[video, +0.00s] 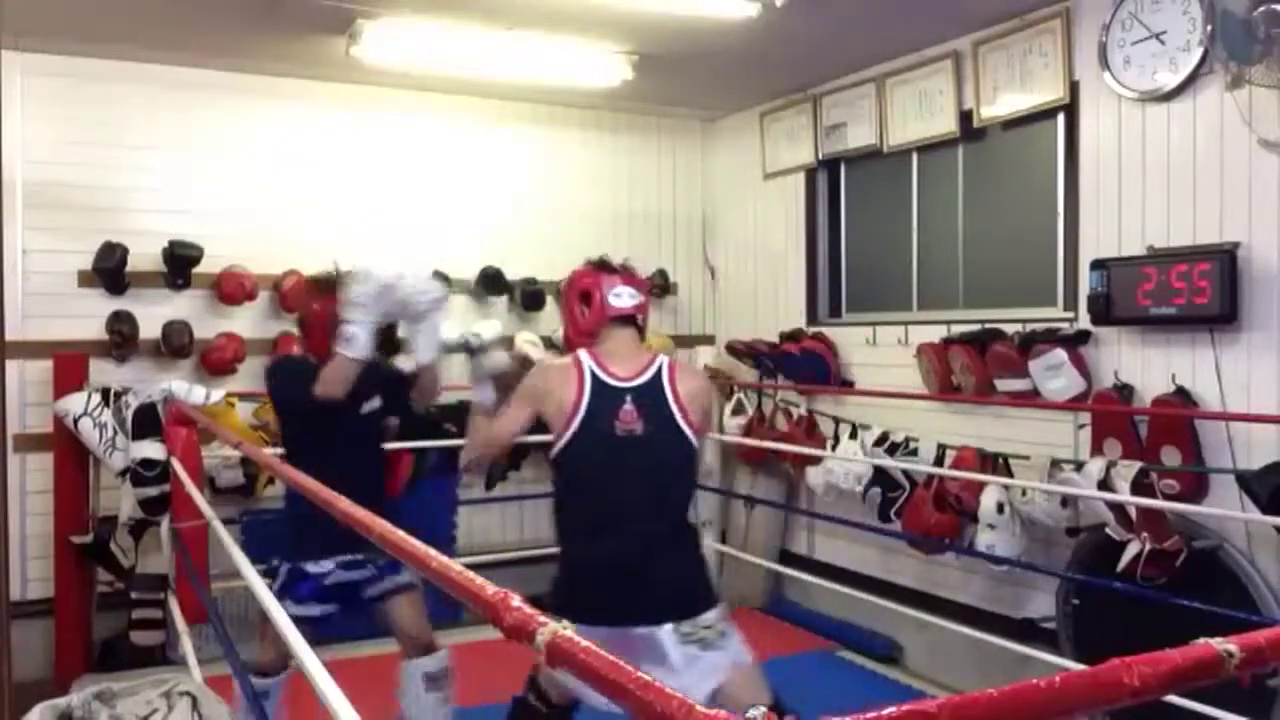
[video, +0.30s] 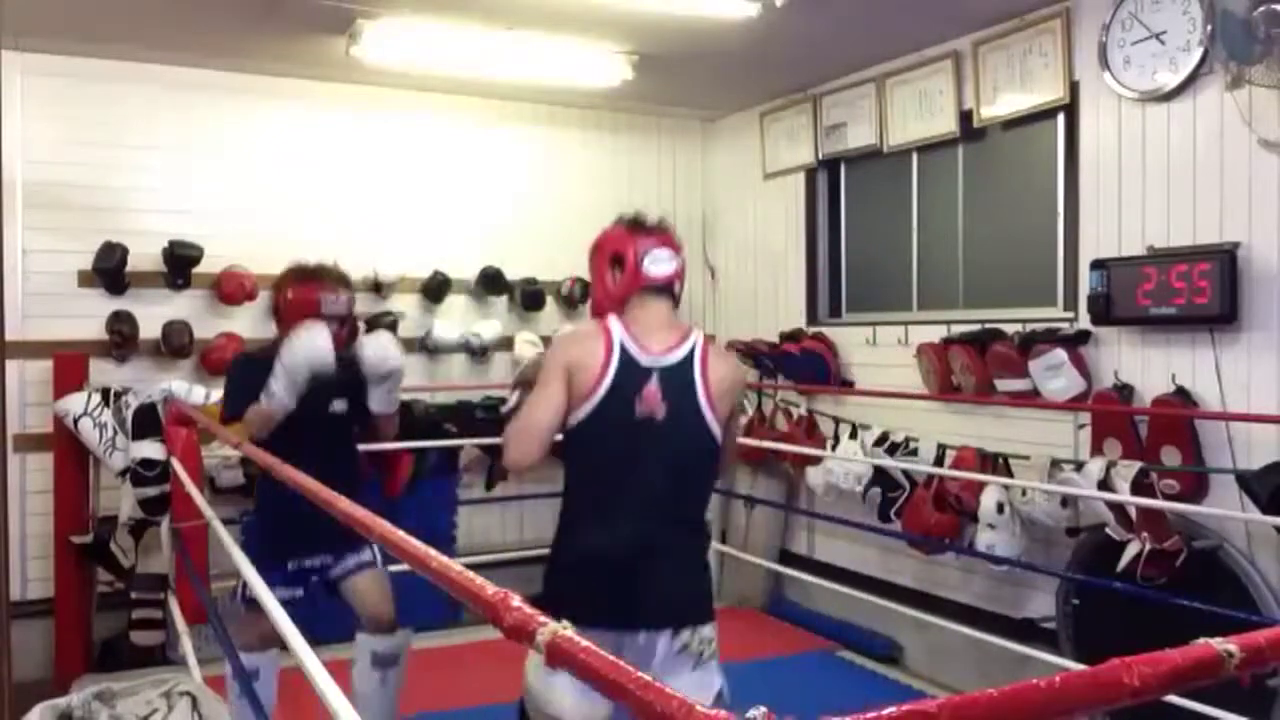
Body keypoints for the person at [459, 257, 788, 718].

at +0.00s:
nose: (565, 323)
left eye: (568, 311)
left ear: (580, 313)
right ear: (643, 315)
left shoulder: (553, 378)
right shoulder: (691, 381)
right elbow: (695, 440)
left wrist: (488, 390)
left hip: (589, 594)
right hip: (678, 591)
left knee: (542, 704)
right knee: (760, 708)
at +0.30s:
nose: (593, 285)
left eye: (598, 273)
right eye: (596, 274)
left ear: (611, 275)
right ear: (678, 279)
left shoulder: (576, 348)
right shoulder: (723, 366)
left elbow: (518, 455)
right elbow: (719, 461)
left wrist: (576, 431)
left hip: (585, 598)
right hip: (679, 599)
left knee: (566, 710)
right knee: (690, 712)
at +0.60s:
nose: (598, 323)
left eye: (602, 309)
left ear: (618, 310)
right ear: (688, 310)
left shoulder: (572, 395)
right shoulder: (738, 411)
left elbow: (534, 518)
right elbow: (735, 535)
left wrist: (590, 479)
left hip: (586, 668)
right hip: (691, 668)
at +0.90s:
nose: (546, 306)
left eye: (546, 293)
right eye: (544, 295)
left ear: (564, 284)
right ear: (629, 273)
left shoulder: (555, 361)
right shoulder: (696, 360)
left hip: (579, 621)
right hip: (676, 615)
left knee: (527, 696)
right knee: (697, 709)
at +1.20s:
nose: (491, 309)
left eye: (494, 296)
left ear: (503, 302)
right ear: (575, 304)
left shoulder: (461, 370)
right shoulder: (611, 381)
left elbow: (372, 416)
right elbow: (626, 486)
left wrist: (405, 381)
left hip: (485, 617)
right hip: (582, 620)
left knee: (477, 709)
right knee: (602, 709)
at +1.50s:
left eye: (449, 313)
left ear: (454, 320)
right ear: (521, 325)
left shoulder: (409, 389)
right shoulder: (544, 396)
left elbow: (355, 477)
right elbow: (583, 499)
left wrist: (395, 420)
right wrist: (556, 437)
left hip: (429, 619)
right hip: (506, 628)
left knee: (445, 706)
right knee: (602, 711)